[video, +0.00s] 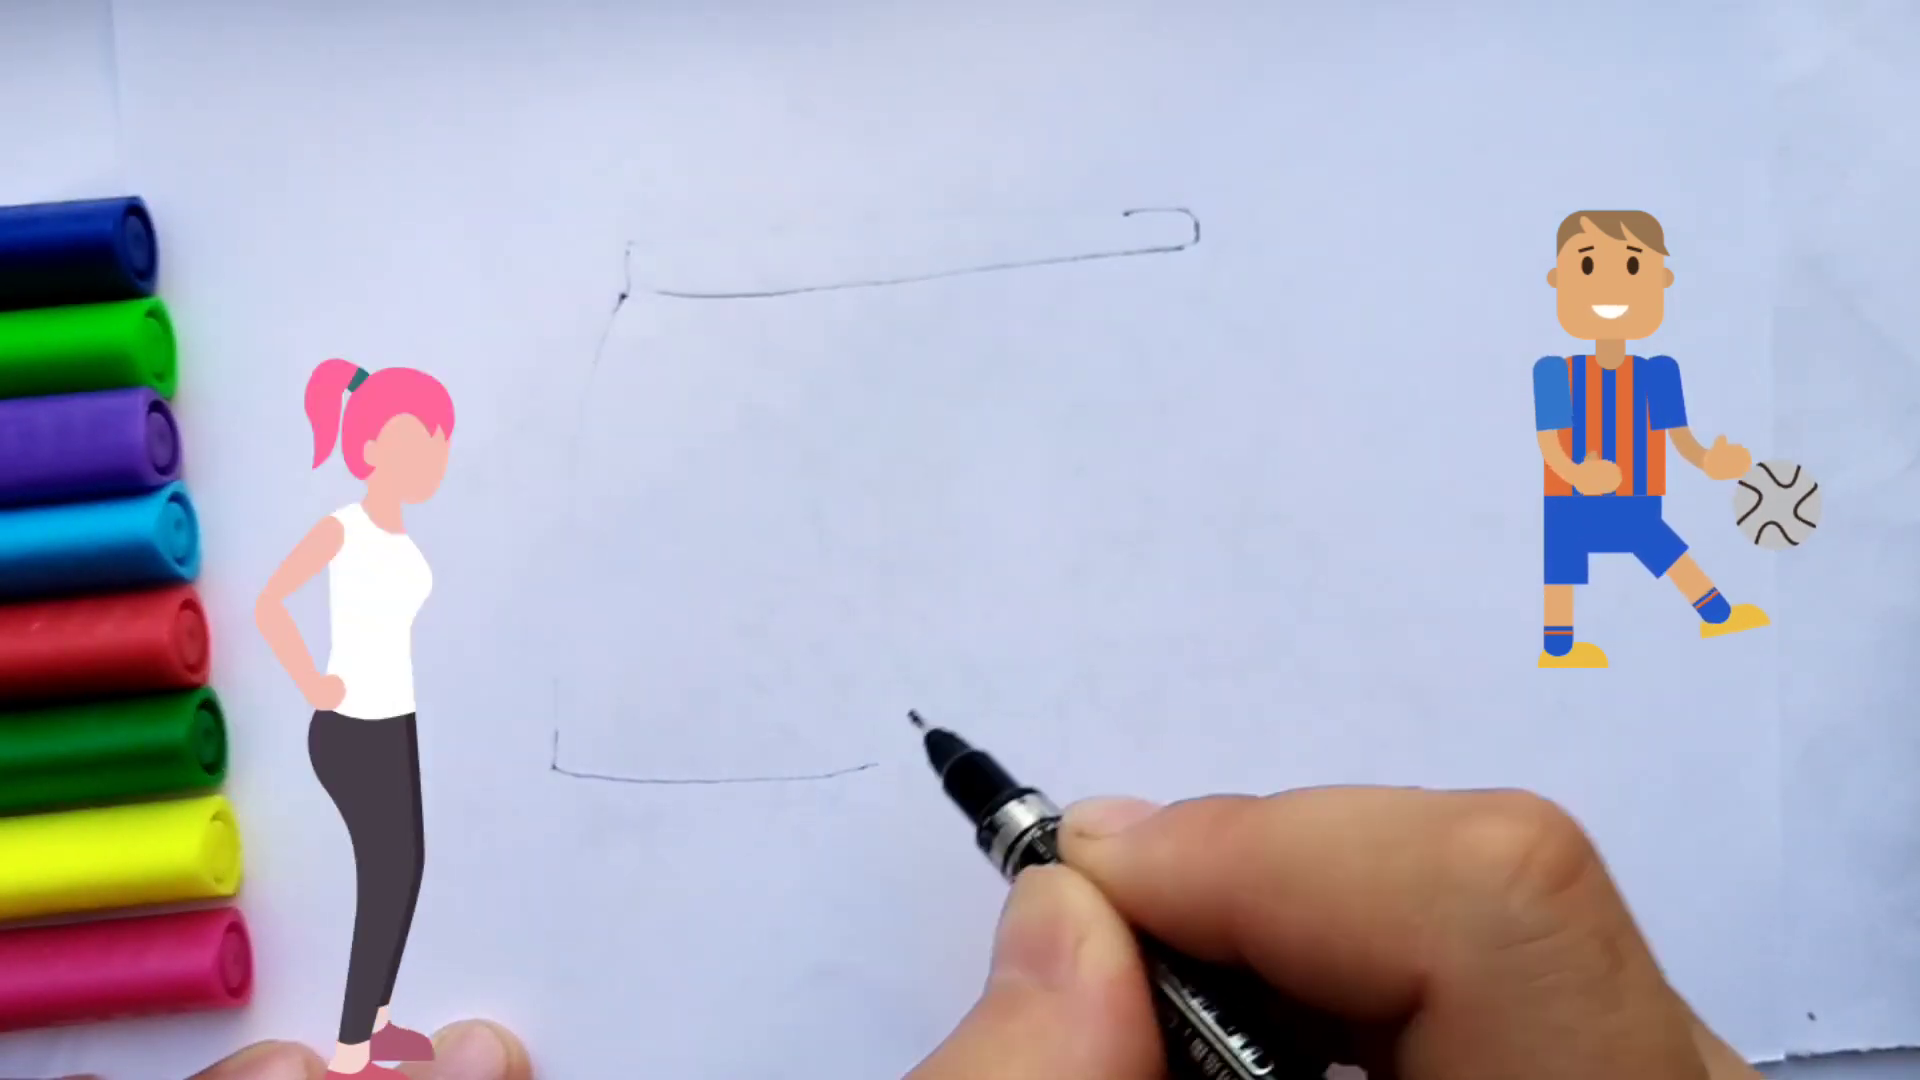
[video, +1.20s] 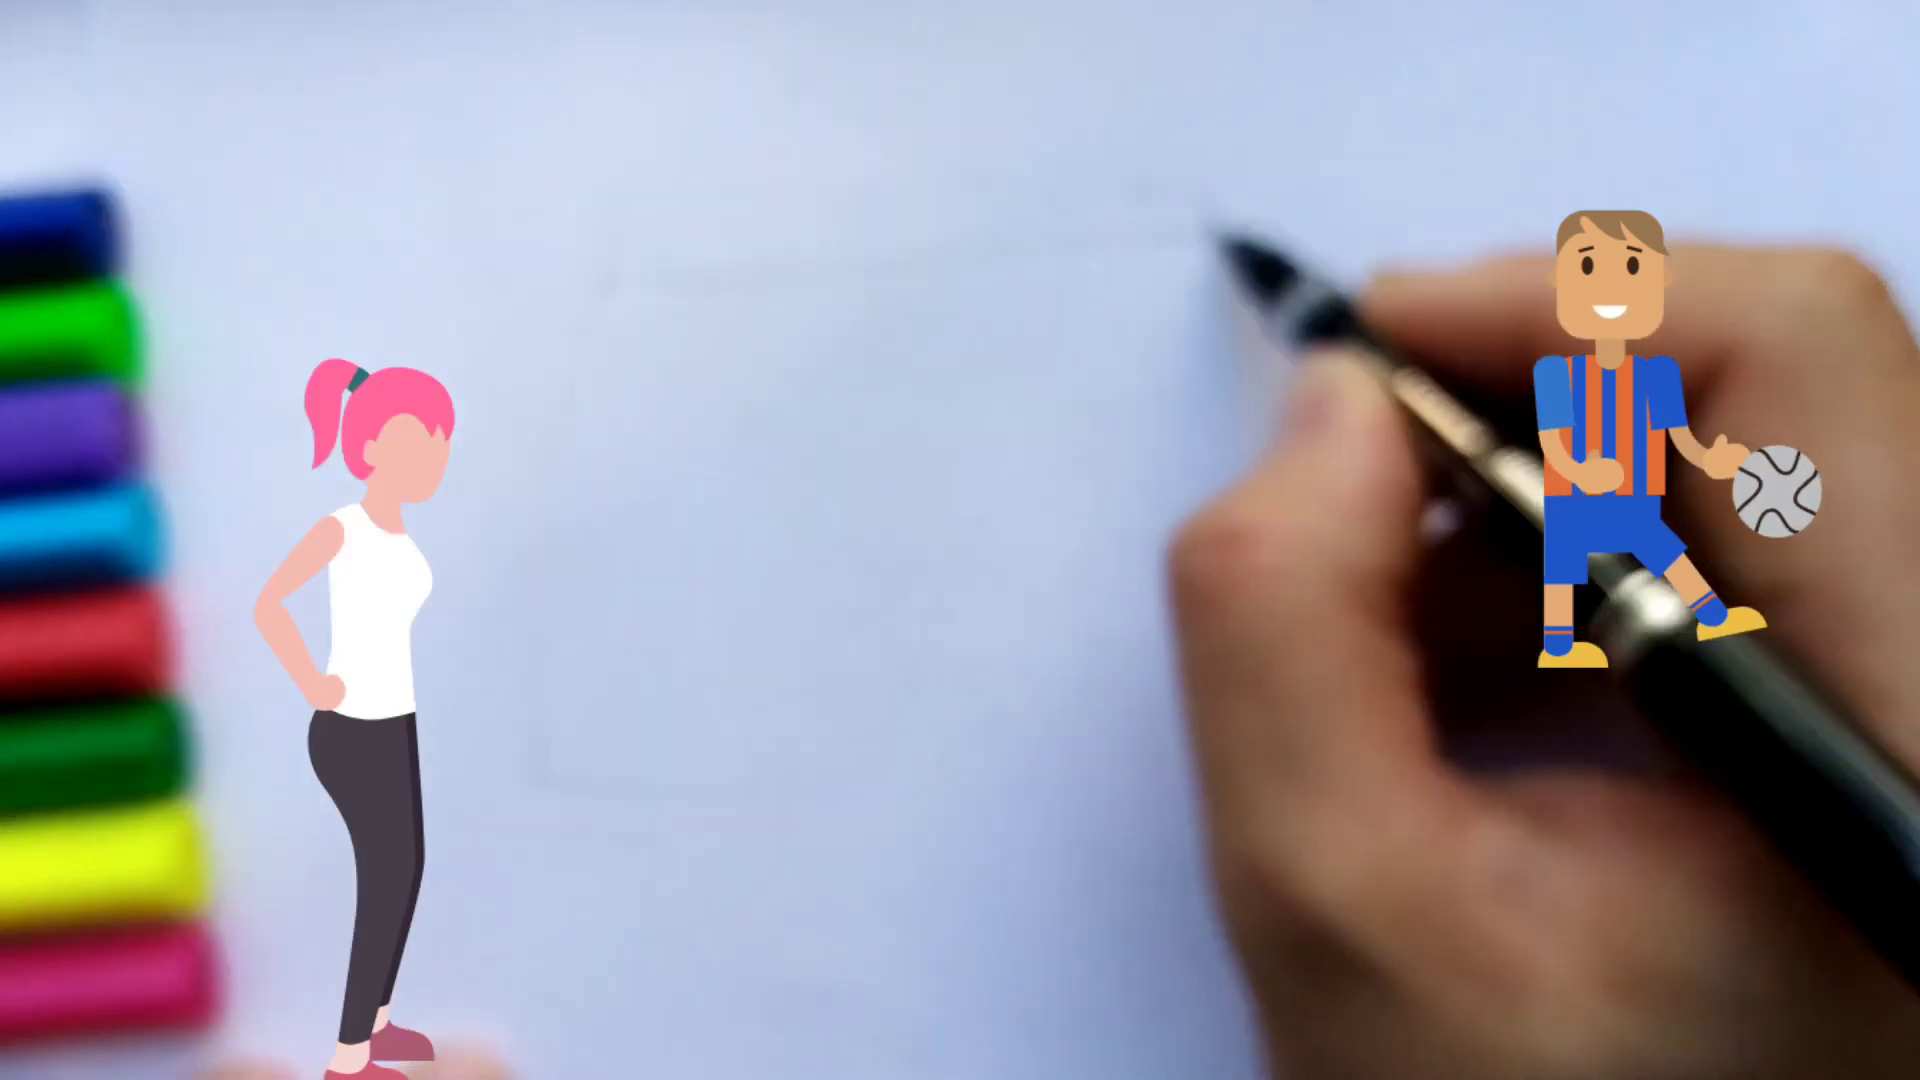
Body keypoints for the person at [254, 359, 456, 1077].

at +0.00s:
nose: (437, 455)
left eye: (440, 439)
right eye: (422, 437)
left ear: (440, 450)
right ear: (375, 447)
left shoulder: (404, 536)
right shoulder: (344, 528)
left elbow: (386, 623)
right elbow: (269, 604)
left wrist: (396, 686)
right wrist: (312, 684)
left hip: (398, 730)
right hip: (353, 732)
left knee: (406, 868)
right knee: (387, 875)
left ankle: (375, 1018)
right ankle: (350, 1049)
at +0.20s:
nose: (437, 456)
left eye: (440, 440)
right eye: (422, 437)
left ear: (440, 450)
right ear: (375, 447)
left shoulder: (404, 535)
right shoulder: (344, 528)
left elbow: (386, 623)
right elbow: (269, 606)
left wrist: (397, 687)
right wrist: (312, 685)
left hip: (398, 730)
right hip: (353, 732)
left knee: (406, 869)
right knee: (387, 875)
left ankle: (375, 1019)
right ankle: (350, 1049)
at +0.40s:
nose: (406, 586)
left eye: (406, 570)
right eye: (391, 569)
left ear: (401, 579)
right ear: (346, 578)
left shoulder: (362, 662)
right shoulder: (311, 656)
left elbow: (321, 738)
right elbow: (213, 712)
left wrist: (317, 798)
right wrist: (250, 791)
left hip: (307, 842)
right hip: (263, 851)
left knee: (391, 865)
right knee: (392, 872)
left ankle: (339, 1021)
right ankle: (350, 1056)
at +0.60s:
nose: (435, 456)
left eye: (439, 440)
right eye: (419, 438)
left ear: (441, 451)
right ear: (374, 447)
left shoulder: (404, 536)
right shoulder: (344, 529)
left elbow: (385, 623)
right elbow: (268, 606)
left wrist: (395, 687)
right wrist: (312, 684)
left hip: (397, 731)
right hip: (353, 732)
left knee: (405, 871)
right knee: (386, 877)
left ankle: (374, 1018)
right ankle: (349, 1052)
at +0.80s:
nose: (435, 456)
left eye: (439, 440)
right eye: (419, 438)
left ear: (441, 451)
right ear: (374, 447)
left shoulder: (404, 536)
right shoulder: (344, 528)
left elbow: (384, 622)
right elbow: (268, 605)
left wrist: (395, 686)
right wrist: (312, 684)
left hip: (397, 731)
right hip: (353, 732)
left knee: (406, 871)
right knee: (386, 877)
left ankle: (374, 1018)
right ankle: (349, 1051)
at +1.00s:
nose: (405, 587)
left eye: (405, 570)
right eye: (387, 570)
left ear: (406, 578)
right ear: (343, 579)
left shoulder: (363, 661)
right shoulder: (313, 655)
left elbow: (321, 738)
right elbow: (214, 712)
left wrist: (316, 799)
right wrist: (250, 791)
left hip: (305, 842)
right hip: (264, 850)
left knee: (393, 864)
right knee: (392, 874)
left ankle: (342, 1019)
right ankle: (352, 1058)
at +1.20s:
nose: (439, 455)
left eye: (441, 440)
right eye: (424, 437)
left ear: (438, 450)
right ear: (376, 446)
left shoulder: (403, 534)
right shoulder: (344, 528)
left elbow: (383, 622)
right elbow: (268, 605)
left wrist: (393, 685)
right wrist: (312, 684)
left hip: (397, 730)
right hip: (354, 732)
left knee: (405, 873)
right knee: (387, 878)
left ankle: (375, 1021)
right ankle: (349, 1051)